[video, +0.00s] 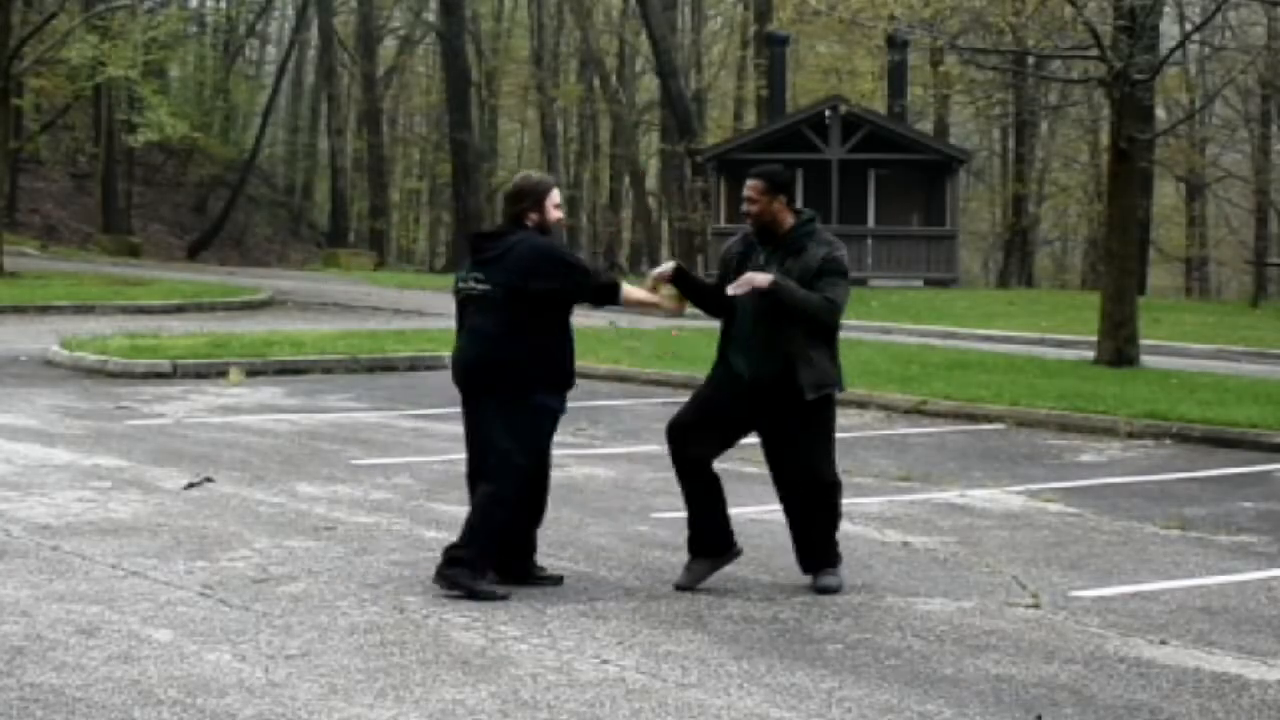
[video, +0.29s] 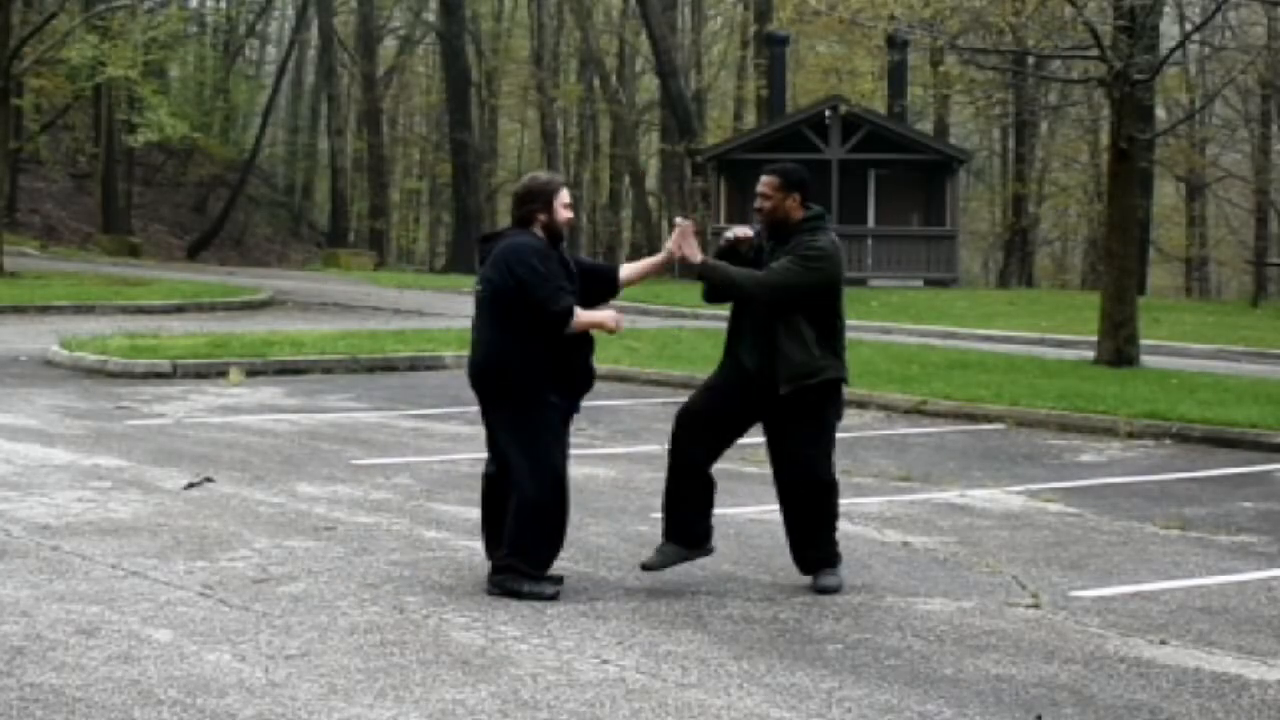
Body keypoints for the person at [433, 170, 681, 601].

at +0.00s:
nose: (563, 215)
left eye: (561, 206)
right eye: (557, 207)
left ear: (521, 213)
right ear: (534, 213)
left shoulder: (488, 253)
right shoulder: (542, 254)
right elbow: (601, 289)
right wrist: (658, 301)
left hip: (485, 385)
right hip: (527, 390)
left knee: (500, 472)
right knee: (519, 478)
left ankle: (515, 562)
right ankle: (463, 566)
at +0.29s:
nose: (571, 215)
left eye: (571, 207)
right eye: (565, 207)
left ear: (537, 212)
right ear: (540, 210)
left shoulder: (544, 254)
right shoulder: (523, 252)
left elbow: (602, 281)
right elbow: (555, 315)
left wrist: (665, 258)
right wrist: (596, 318)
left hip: (533, 386)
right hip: (519, 387)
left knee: (524, 473)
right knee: (535, 476)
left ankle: (517, 564)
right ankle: (514, 571)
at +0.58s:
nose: (567, 217)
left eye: (567, 209)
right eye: (559, 210)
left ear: (549, 214)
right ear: (532, 214)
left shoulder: (567, 255)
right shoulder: (505, 260)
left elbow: (626, 250)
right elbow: (538, 306)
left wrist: (669, 209)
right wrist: (584, 273)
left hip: (574, 396)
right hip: (527, 401)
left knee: (596, 481)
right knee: (532, 489)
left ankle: (580, 563)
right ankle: (516, 573)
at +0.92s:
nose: (584, 214)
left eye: (584, 206)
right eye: (577, 208)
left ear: (559, 214)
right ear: (551, 213)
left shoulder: (578, 256)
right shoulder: (525, 263)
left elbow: (639, 258)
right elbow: (566, 313)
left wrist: (686, 227)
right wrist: (607, 286)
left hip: (582, 398)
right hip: (538, 403)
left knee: (602, 476)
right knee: (538, 489)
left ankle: (594, 559)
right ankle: (514, 573)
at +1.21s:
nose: (621, 216)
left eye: (620, 208)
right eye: (615, 208)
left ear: (587, 214)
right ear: (593, 214)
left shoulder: (571, 256)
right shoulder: (586, 259)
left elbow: (627, 303)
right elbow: (648, 297)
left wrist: (681, 305)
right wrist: (682, 251)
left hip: (589, 392)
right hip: (584, 397)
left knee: (608, 480)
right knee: (576, 485)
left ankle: (609, 563)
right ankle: (524, 561)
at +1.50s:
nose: (654, 221)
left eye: (652, 213)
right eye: (648, 214)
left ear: (609, 220)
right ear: (625, 220)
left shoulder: (581, 260)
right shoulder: (641, 258)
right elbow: (705, 260)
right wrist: (755, 238)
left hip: (588, 395)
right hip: (636, 395)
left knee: (603, 474)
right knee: (667, 475)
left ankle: (607, 562)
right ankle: (692, 567)